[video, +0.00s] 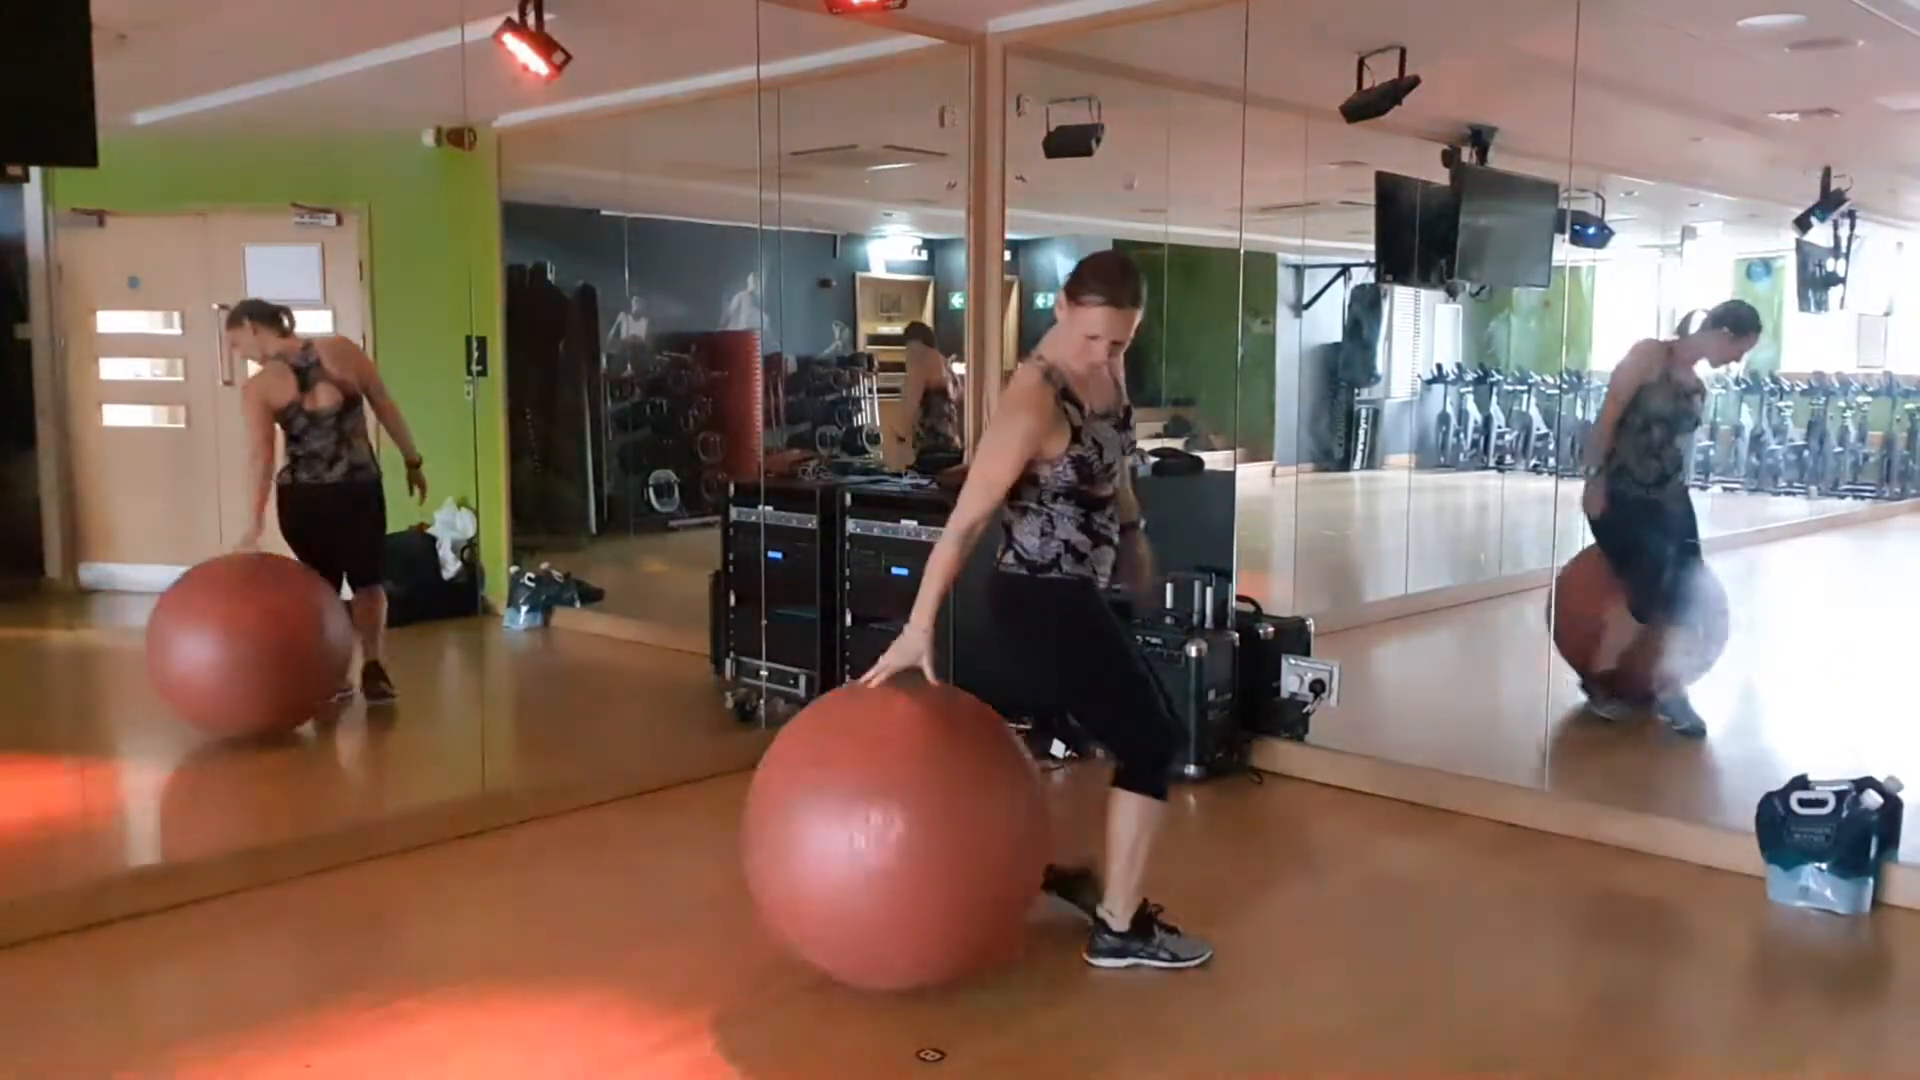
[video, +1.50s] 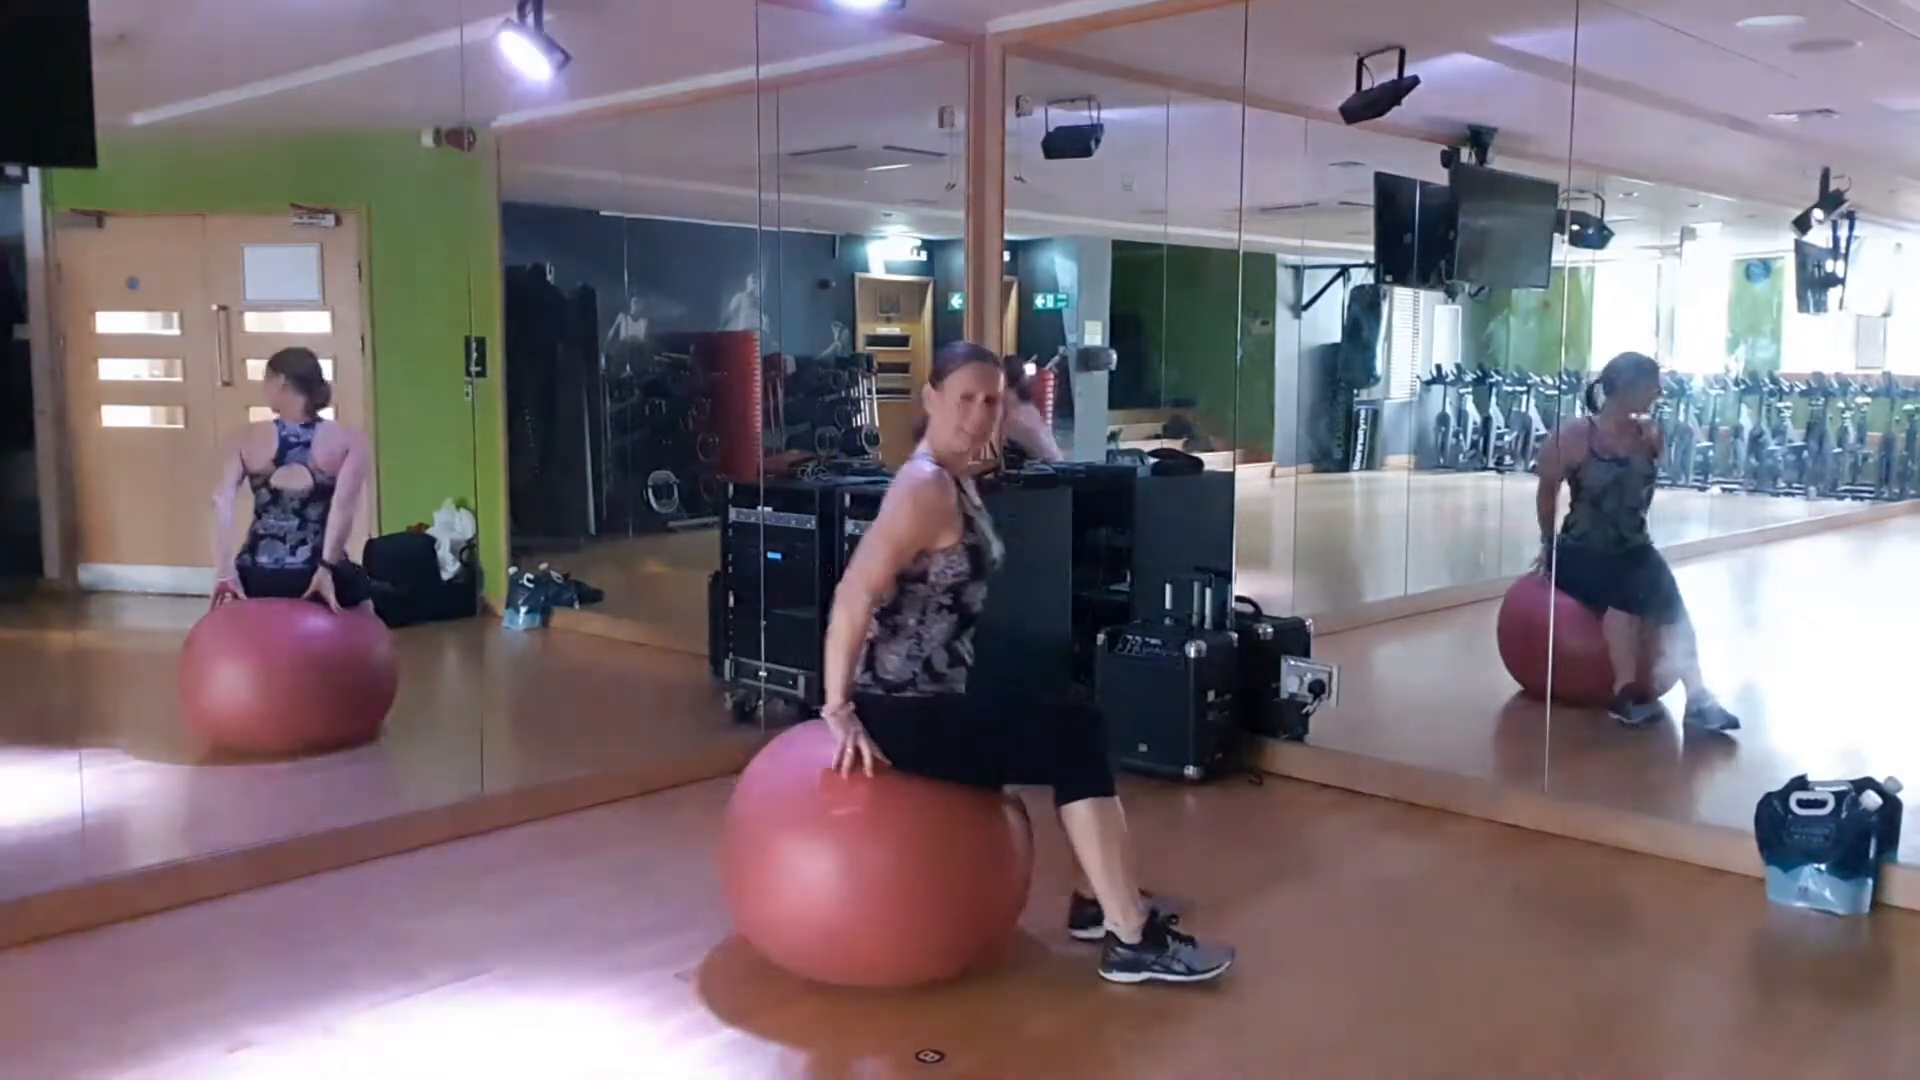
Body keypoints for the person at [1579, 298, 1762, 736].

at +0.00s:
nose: (1736, 361)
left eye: (1742, 353)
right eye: (1739, 350)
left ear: (1723, 336)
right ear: (1722, 332)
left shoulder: (1695, 384)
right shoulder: (1648, 354)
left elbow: (1670, 444)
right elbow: (1610, 413)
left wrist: (1676, 496)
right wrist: (1593, 477)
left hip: (1670, 495)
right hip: (1623, 490)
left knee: (1680, 590)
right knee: (1657, 589)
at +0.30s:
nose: (1707, 357)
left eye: (1712, 349)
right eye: (1707, 347)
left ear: (1692, 341)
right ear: (1684, 336)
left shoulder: (1679, 386)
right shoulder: (1621, 377)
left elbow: (1664, 447)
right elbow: (1582, 437)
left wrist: (1673, 496)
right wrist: (1570, 497)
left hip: (1668, 502)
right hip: (1618, 503)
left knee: (1686, 607)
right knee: (1652, 601)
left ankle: (1674, 699)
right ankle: (1611, 694)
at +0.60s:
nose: (1678, 381)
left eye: (1681, 373)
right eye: (1673, 372)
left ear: (1677, 370)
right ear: (1646, 362)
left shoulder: (1664, 403)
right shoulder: (1596, 405)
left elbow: (1643, 461)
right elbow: (1565, 470)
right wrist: (1562, 529)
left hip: (1651, 516)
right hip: (1601, 518)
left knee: (1681, 596)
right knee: (1652, 587)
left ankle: (1674, 696)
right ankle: (1612, 693)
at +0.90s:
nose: (1657, 412)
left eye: (1660, 405)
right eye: (1655, 403)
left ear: (1645, 402)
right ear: (1631, 395)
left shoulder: (1649, 435)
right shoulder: (1575, 436)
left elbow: (1627, 481)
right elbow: (1543, 484)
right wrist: (1546, 537)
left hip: (1632, 544)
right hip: (1580, 547)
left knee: (1665, 594)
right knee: (1629, 592)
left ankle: (1673, 693)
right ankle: (1611, 691)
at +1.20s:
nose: (1645, 399)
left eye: (1648, 391)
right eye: (1641, 390)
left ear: (1641, 390)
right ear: (1616, 385)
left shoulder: (1639, 431)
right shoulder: (1564, 431)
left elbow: (1631, 488)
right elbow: (1535, 487)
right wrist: (1537, 536)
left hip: (1623, 542)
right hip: (1573, 543)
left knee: (1661, 599)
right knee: (1621, 589)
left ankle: (1693, 693)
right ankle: (1609, 690)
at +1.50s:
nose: (1657, 396)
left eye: (1657, 388)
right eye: (1651, 388)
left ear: (1634, 392)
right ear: (1625, 387)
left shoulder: (1650, 435)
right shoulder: (1572, 436)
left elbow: (1640, 492)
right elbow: (1546, 494)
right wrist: (1548, 544)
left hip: (1632, 549)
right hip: (1579, 548)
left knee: (1664, 588)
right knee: (1623, 587)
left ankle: (1697, 697)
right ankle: (1627, 691)